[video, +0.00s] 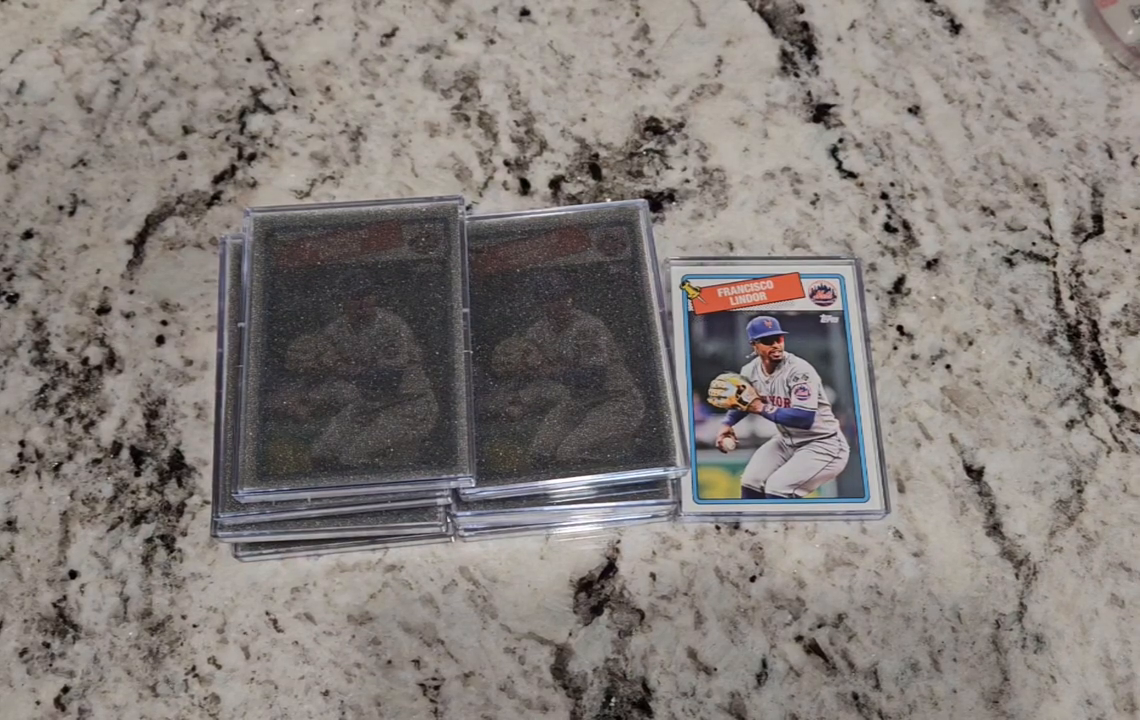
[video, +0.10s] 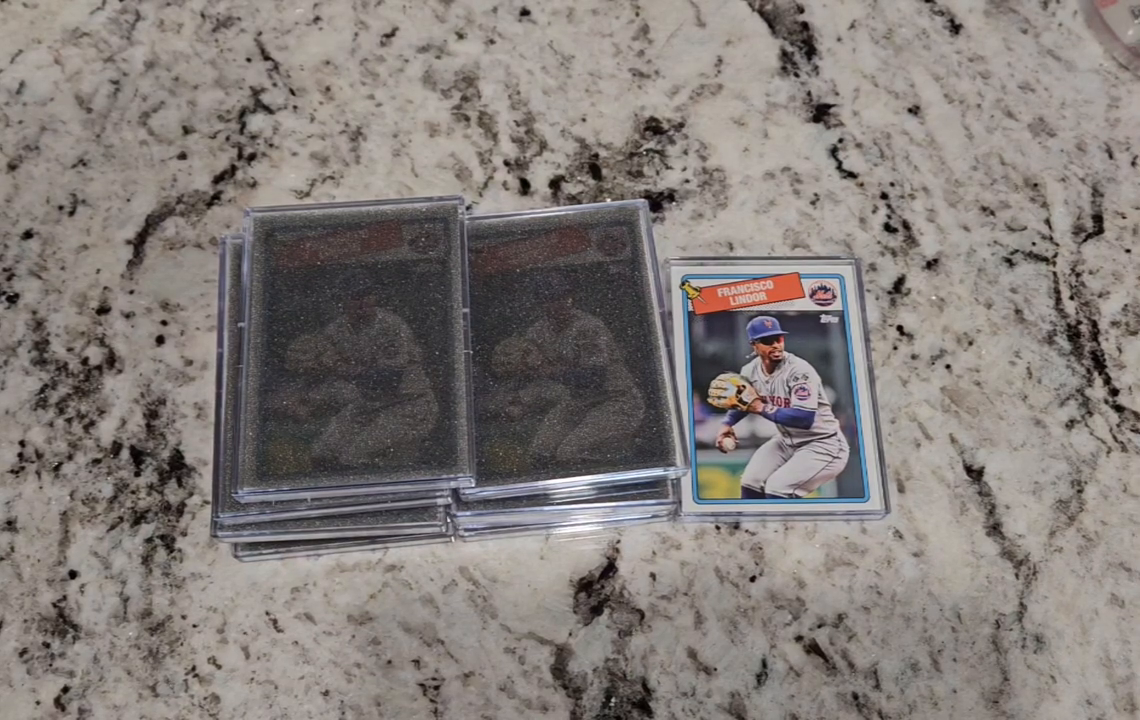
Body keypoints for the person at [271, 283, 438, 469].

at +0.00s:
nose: (361, 305)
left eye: (366, 297)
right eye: (355, 299)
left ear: (375, 298)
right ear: (344, 303)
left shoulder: (393, 326)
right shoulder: (337, 331)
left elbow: (393, 378)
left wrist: (348, 370)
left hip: (413, 405)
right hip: (371, 403)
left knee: (357, 450)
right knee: (324, 449)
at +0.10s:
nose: (362, 303)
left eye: (367, 296)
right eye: (355, 298)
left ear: (375, 297)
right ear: (344, 302)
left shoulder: (393, 327)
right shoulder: (337, 331)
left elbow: (391, 380)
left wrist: (344, 370)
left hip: (413, 405)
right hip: (370, 404)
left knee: (355, 453)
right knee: (323, 451)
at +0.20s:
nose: (362, 302)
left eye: (366, 295)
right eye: (355, 297)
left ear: (375, 297)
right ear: (345, 301)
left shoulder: (393, 327)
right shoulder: (337, 331)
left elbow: (391, 378)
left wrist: (346, 372)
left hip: (413, 404)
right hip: (371, 404)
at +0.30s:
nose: (362, 302)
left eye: (366, 295)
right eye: (356, 297)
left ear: (375, 297)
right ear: (346, 301)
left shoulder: (393, 327)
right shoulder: (338, 331)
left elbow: (391, 380)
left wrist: (346, 372)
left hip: (413, 405)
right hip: (372, 403)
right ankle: (320, 458)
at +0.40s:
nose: (361, 303)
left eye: (365, 296)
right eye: (355, 297)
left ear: (375, 297)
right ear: (344, 302)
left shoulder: (393, 327)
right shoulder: (337, 331)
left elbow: (391, 379)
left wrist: (343, 370)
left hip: (412, 405)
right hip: (369, 404)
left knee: (356, 450)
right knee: (324, 450)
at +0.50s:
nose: (361, 303)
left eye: (366, 296)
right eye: (355, 297)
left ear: (375, 297)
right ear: (344, 302)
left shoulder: (393, 327)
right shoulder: (337, 331)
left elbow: (391, 379)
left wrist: (343, 370)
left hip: (412, 405)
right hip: (369, 404)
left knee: (357, 450)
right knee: (324, 450)